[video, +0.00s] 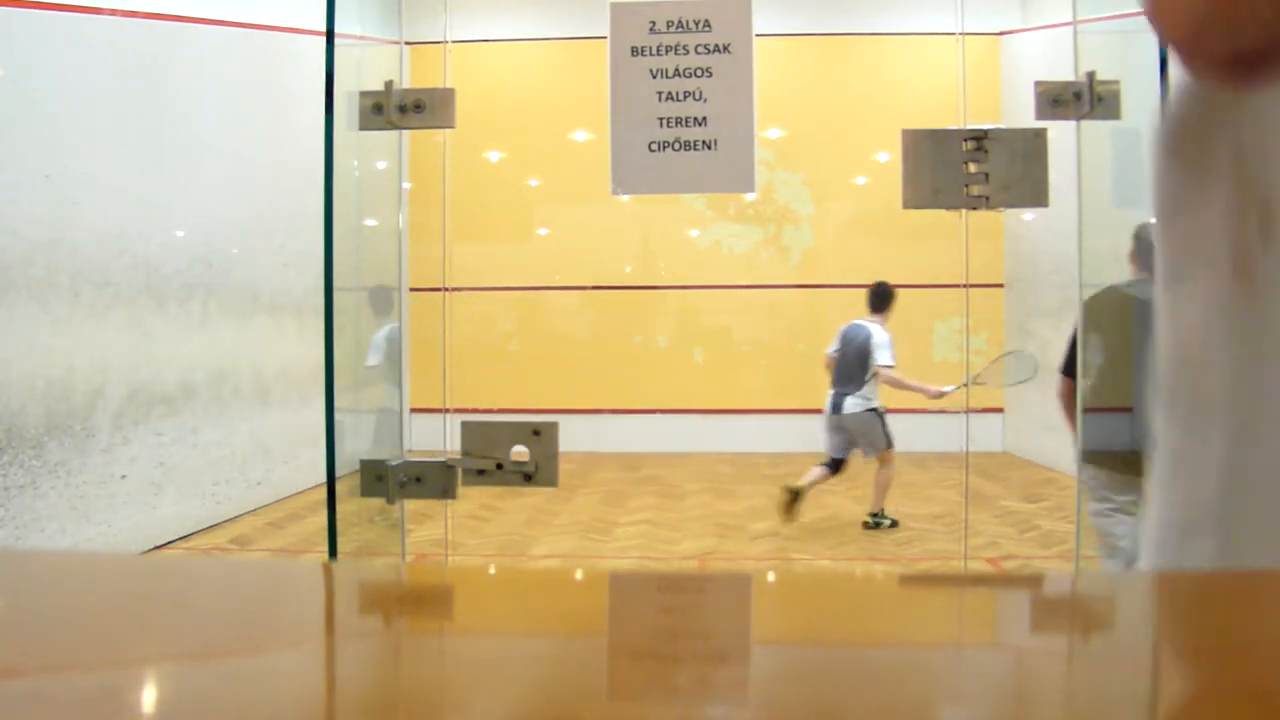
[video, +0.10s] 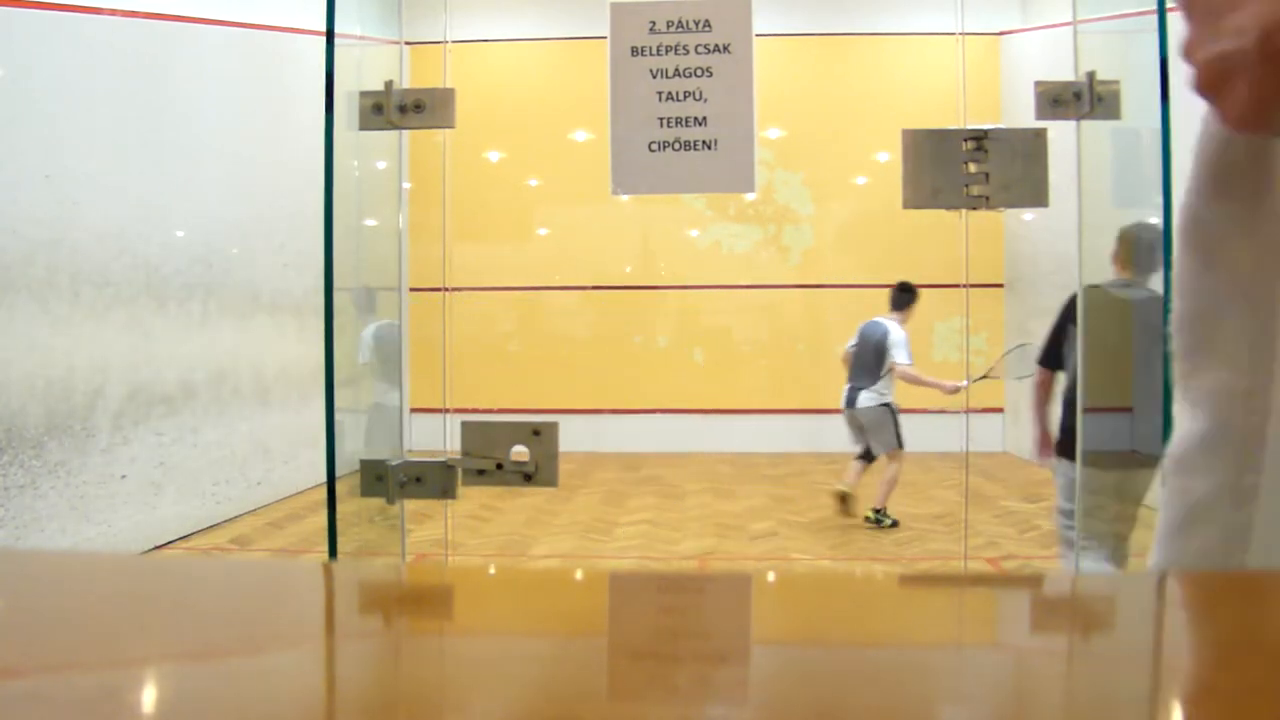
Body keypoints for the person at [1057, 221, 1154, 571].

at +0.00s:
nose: (1131, 257)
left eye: (1133, 252)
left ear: (1133, 257)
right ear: (1173, 259)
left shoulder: (1102, 306)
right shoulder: (1187, 305)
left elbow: (1067, 388)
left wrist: (1085, 440)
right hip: (1174, 452)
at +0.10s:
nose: (1113, 255)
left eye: (1115, 249)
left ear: (1116, 255)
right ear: (1158, 264)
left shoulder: (1084, 302)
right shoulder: (1165, 310)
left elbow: (1045, 373)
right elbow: (1178, 380)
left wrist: (1042, 431)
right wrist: (1170, 437)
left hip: (1085, 446)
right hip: (1144, 448)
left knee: (1078, 541)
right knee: (1115, 541)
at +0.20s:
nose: (1098, 250)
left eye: (1099, 243)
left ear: (1098, 247)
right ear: (1137, 256)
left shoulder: (1065, 294)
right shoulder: (1147, 308)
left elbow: (1021, 359)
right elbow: (1171, 376)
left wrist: (1004, 416)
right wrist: (1177, 434)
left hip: (1063, 437)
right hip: (1120, 442)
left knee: (1042, 518)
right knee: (1109, 539)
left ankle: (1062, 568)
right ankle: (1105, 619)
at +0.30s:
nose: (1110, 251)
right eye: (1117, 246)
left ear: (1082, 243)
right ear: (1118, 251)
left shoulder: (1047, 287)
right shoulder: (1125, 302)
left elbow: (999, 346)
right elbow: (1155, 373)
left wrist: (971, 402)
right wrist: (1168, 425)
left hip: (1041, 424)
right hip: (1099, 429)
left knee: (1012, 506)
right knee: (1104, 525)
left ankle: (1030, 583)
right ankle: (1105, 610)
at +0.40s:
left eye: (1062, 246)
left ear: (1062, 249)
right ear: (1096, 255)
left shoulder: (1026, 287)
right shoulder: (1102, 302)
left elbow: (979, 341)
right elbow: (1123, 366)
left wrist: (947, 393)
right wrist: (1130, 408)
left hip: (1016, 420)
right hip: (1076, 425)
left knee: (994, 506)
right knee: (1093, 514)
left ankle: (975, 595)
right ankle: (1098, 606)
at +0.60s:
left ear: (1009, 273)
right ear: (1043, 280)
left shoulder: (975, 311)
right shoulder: (1048, 324)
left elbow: (930, 360)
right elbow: (1064, 379)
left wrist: (901, 406)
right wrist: (1069, 414)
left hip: (973, 435)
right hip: (1025, 436)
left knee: (956, 498)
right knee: (1050, 511)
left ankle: (945, 570)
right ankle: (1066, 586)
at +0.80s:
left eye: (968, 264)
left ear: (969, 268)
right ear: (1002, 276)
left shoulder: (941, 301)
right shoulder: (1009, 313)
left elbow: (896, 346)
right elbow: (1025, 377)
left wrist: (880, 396)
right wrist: (1029, 421)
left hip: (935, 408)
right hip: (989, 410)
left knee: (924, 487)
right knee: (1011, 486)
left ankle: (932, 561)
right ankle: (1011, 555)